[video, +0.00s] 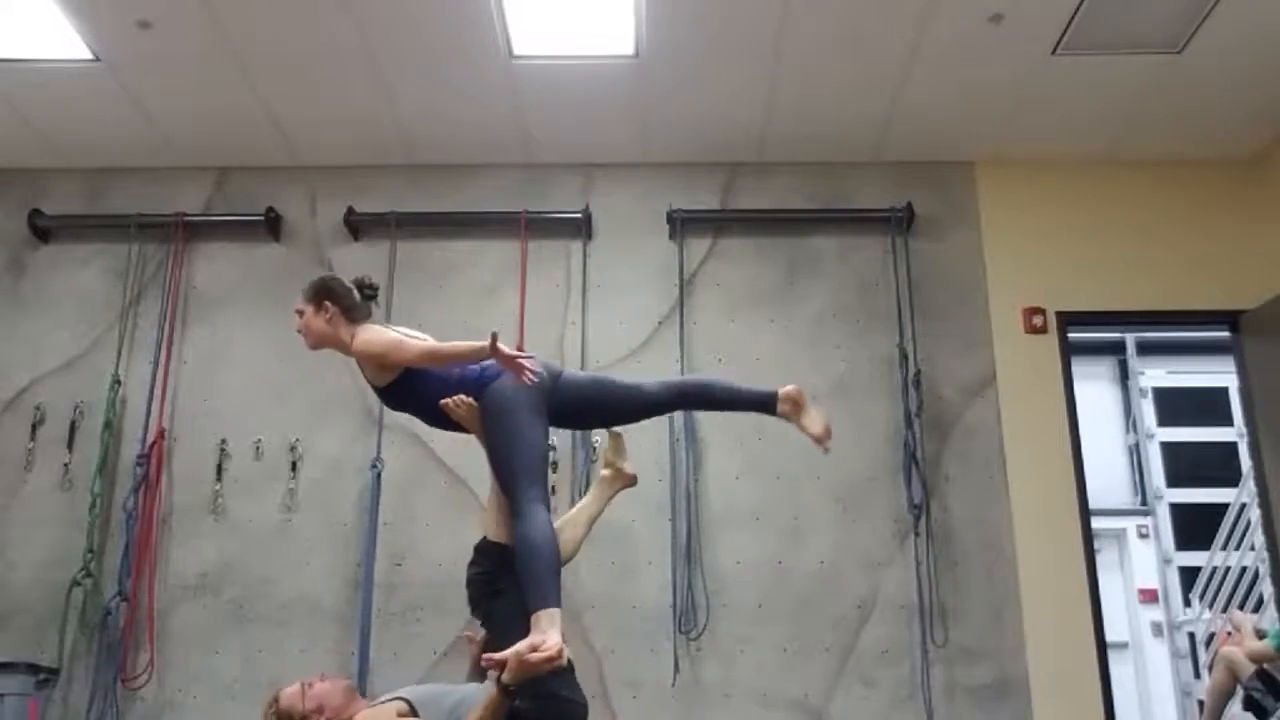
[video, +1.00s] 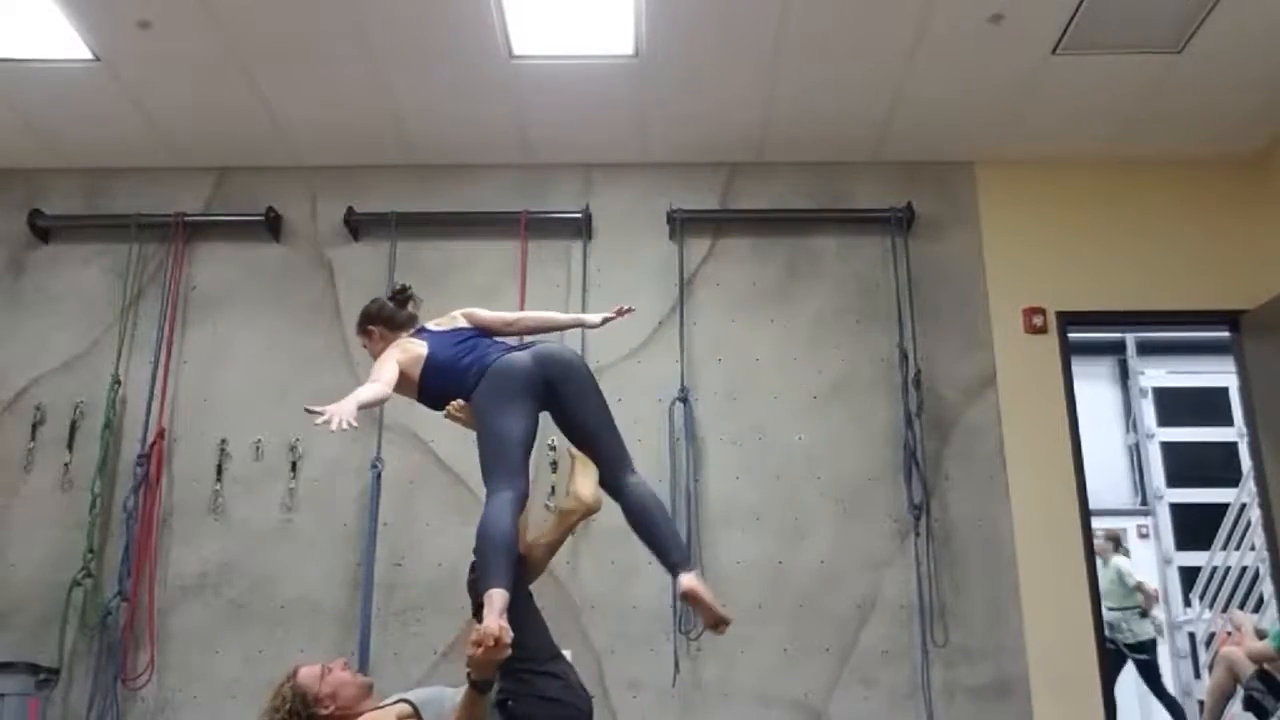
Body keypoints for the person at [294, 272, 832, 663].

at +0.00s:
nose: (299, 325)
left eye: (304, 316)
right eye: (298, 317)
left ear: (331, 312)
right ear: (337, 312)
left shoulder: (365, 342)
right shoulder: (377, 345)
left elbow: (431, 351)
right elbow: (438, 356)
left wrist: (492, 349)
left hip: (499, 396)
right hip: (521, 381)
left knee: (526, 505)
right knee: (657, 396)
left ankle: (546, 633)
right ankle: (781, 401)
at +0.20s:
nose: (343, 352)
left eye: (348, 343)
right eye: (343, 344)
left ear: (371, 340)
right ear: (380, 336)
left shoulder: (394, 363)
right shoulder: (416, 360)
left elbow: (440, 358)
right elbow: (468, 369)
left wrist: (478, 352)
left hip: (523, 388)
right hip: (556, 370)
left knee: (536, 494)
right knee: (674, 374)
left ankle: (537, 624)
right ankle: (792, 361)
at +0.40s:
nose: (374, 376)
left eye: (375, 365)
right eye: (372, 368)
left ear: (393, 357)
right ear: (405, 348)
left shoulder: (410, 375)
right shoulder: (458, 359)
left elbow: (430, 377)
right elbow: (515, 358)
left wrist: (469, 402)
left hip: (522, 383)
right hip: (566, 361)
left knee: (532, 493)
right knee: (662, 350)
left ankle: (528, 618)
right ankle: (762, 322)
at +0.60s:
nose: (392, 382)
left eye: (391, 372)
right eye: (388, 374)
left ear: (404, 361)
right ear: (422, 347)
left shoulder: (413, 378)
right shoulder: (469, 357)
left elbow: (431, 375)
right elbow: (518, 355)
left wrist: (458, 396)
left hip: (520, 382)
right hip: (563, 361)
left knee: (514, 490)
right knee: (643, 359)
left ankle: (496, 604)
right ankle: (730, 327)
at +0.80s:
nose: (381, 375)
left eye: (378, 367)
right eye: (377, 368)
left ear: (389, 356)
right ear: (412, 339)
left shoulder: (405, 372)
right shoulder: (465, 337)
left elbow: (397, 393)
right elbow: (531, 332)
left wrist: (374, 408)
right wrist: (598, 322)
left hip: (513, 382)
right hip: (565, 359)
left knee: (511, 491)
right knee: (648, 436)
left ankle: (499, 615)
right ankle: (744, 484)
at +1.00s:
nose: (367, 352)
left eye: (366, 343)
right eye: (365, 344)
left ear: (380, 334)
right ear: (407, 321)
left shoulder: (396, 357)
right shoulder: (457, 319)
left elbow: (379, 387)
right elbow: (520, 321)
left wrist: (349, 403)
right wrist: (589, 318)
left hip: (500, 378)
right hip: (554, 356)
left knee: (504, 493)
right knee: (623, 476)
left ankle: (494, 616)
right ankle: (685, 573)